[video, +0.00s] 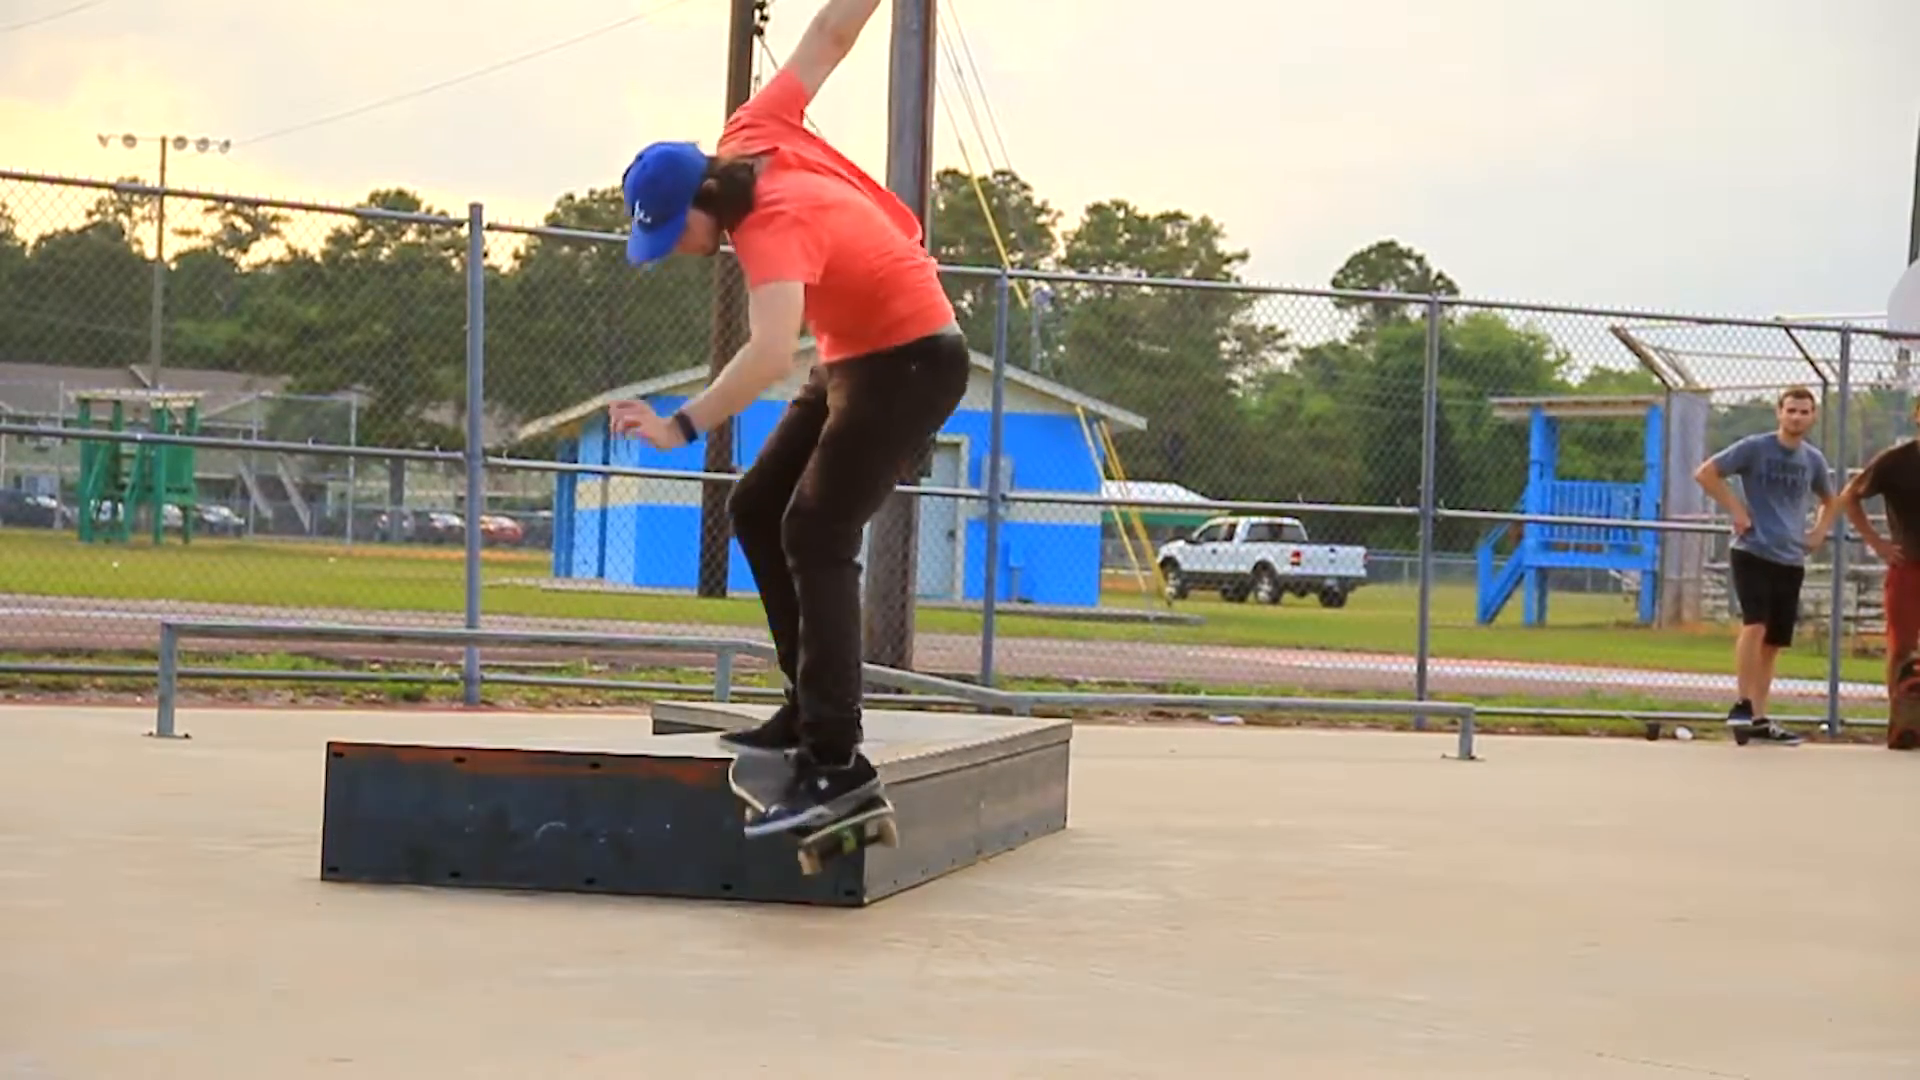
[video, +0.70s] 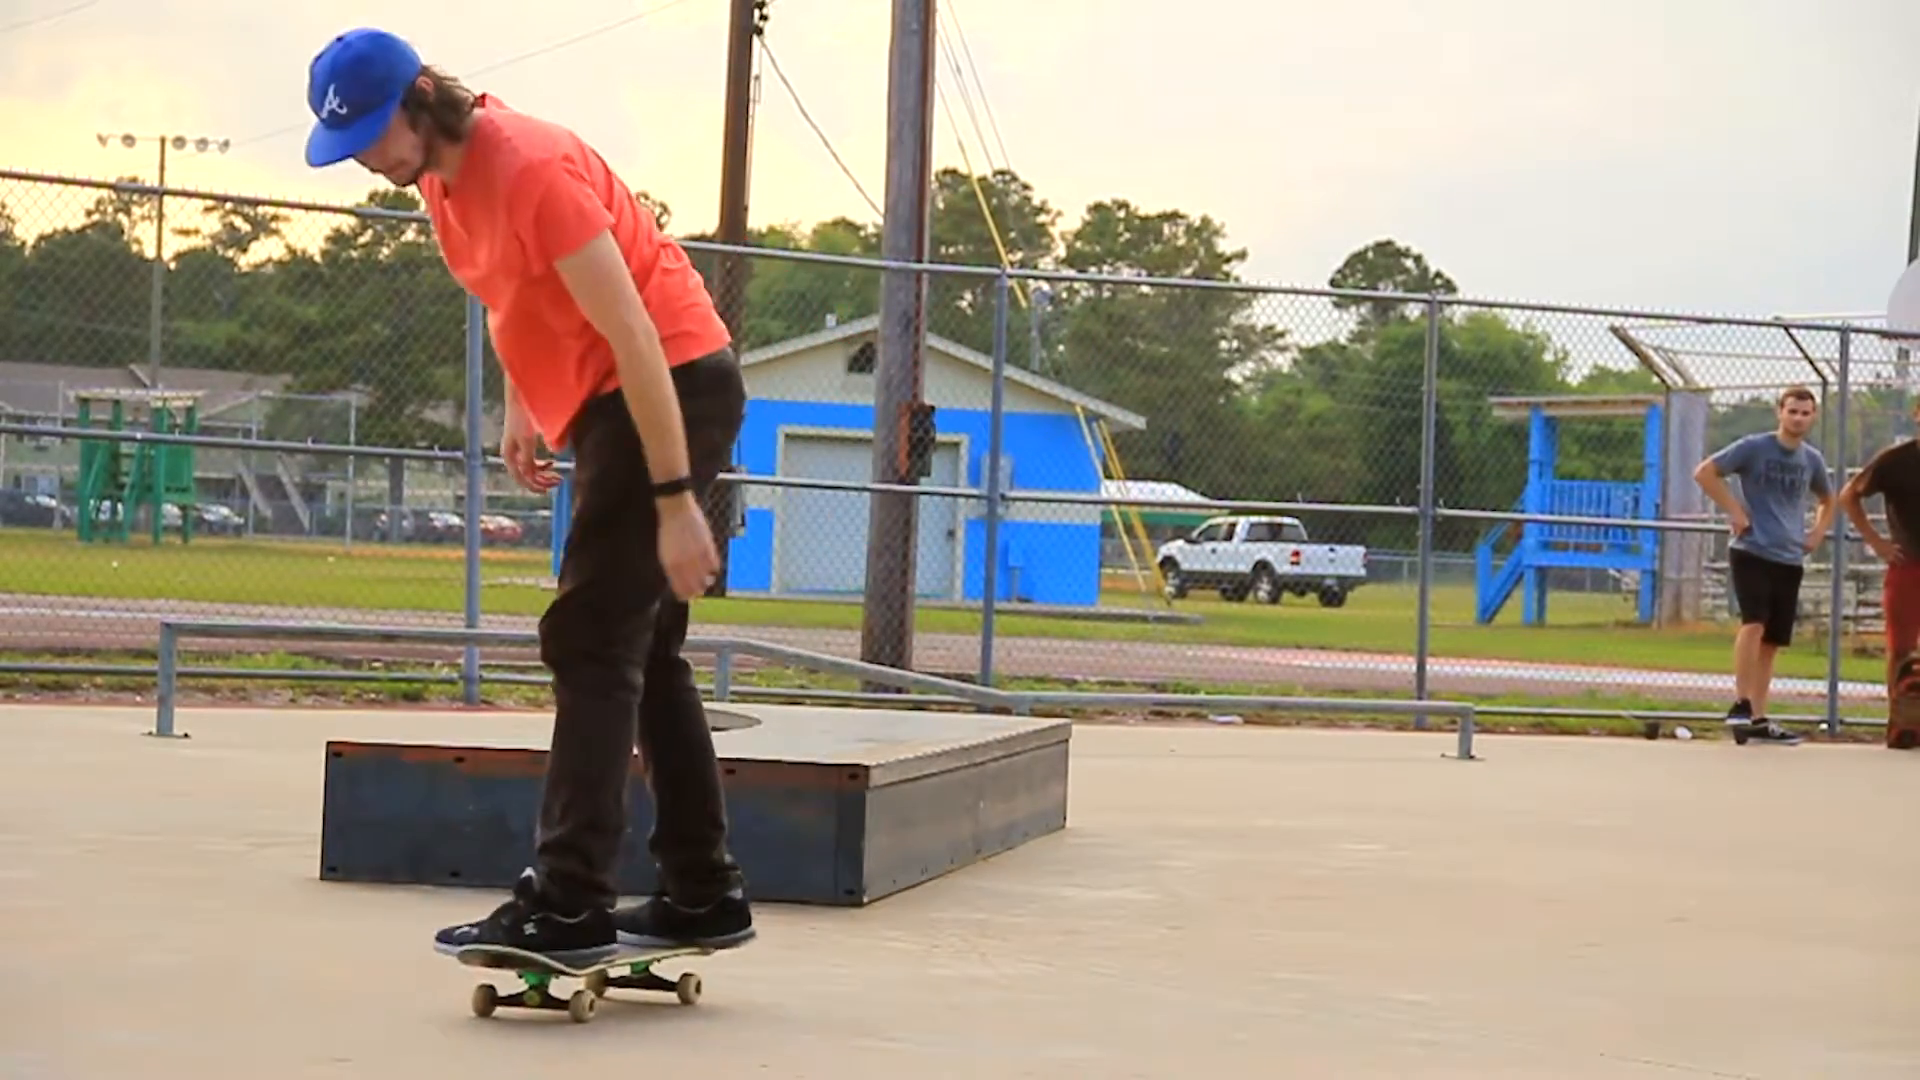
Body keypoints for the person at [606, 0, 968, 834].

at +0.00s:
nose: (679, 251)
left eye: (676, 237)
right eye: (668, 242)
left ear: (702, 205)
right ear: (687, 201)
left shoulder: (769, 225)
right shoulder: (749, 128)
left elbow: (774, 350)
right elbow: (829, 35)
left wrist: (680, 425)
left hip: (911, 358)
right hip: (855, 360)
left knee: (816, 530)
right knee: (755, 511)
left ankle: (837, 758)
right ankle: (809, 707)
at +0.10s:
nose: (647, 337)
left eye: (643, 323)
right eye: (636, 328)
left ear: (670, 290)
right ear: (663, 279)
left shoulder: (755, 322)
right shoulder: (729, 224)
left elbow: (797, 474)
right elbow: (828, 140)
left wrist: (726, 574)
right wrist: (919, 52)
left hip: (899, 460)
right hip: (876, 458)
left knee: (788, 650)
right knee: (787, 649)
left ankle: (857, 846)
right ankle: (844, 832)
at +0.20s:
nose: (623, 407)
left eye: (619, 393)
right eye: (608, 399)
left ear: (641, 348)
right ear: (629, 328)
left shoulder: (731, 379)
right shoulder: (692, 272)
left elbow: (814, 527)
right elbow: (810, 217)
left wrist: (837, 666)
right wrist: (898, 174)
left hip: (889, 467)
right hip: (866, 456)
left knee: (762, 652)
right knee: (778, 650)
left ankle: (849, 858)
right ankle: (886, 838)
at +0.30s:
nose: (585, 373)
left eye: (582, 361)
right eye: (572, 366)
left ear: (606, 327)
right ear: (596, 305)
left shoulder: (705, 341)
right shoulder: (640, 254)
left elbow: (835, 454)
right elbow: (715, 207)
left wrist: (913, 579)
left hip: (860, 444)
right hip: (875, 425)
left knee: (752, 644)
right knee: (799, 654)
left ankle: (808, 868)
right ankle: (893, 847)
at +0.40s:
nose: (539, 317)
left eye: (540, 301)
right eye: (526, 307)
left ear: (568, 263)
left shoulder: (676, 284)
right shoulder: (597, 237)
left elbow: (820, 379)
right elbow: (577, 285)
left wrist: (922, 493)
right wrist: (535, 341)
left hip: (820, 423)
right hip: (822, 414)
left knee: (744, 633)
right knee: (800, 654)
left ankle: (765, 873)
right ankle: (873, 862)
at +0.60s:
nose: (429, 215)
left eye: (430, 196)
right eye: (417, 203)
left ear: (470, 159)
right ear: (450, 168)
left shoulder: (587, 206)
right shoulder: (503, 211)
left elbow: (720, 331)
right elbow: (564, 303)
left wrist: (808, 470)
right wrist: (546, 404)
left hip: (722, 396)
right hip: (678, 405)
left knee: (652, 636)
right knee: (698, 655)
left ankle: (633, 891)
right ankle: (762, 884)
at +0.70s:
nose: (373, 162)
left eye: (377, 141)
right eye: (358, 149)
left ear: (419, 102)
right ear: (354, 132)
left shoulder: (532, 167)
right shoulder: (441, 178)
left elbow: (634, 335)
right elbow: (515, 290)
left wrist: (676, 497)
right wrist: (522, 399)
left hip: (665, 388)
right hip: (617, 397)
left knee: (592, 641)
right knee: (646, 651)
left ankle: (568, 901)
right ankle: (702, 888)